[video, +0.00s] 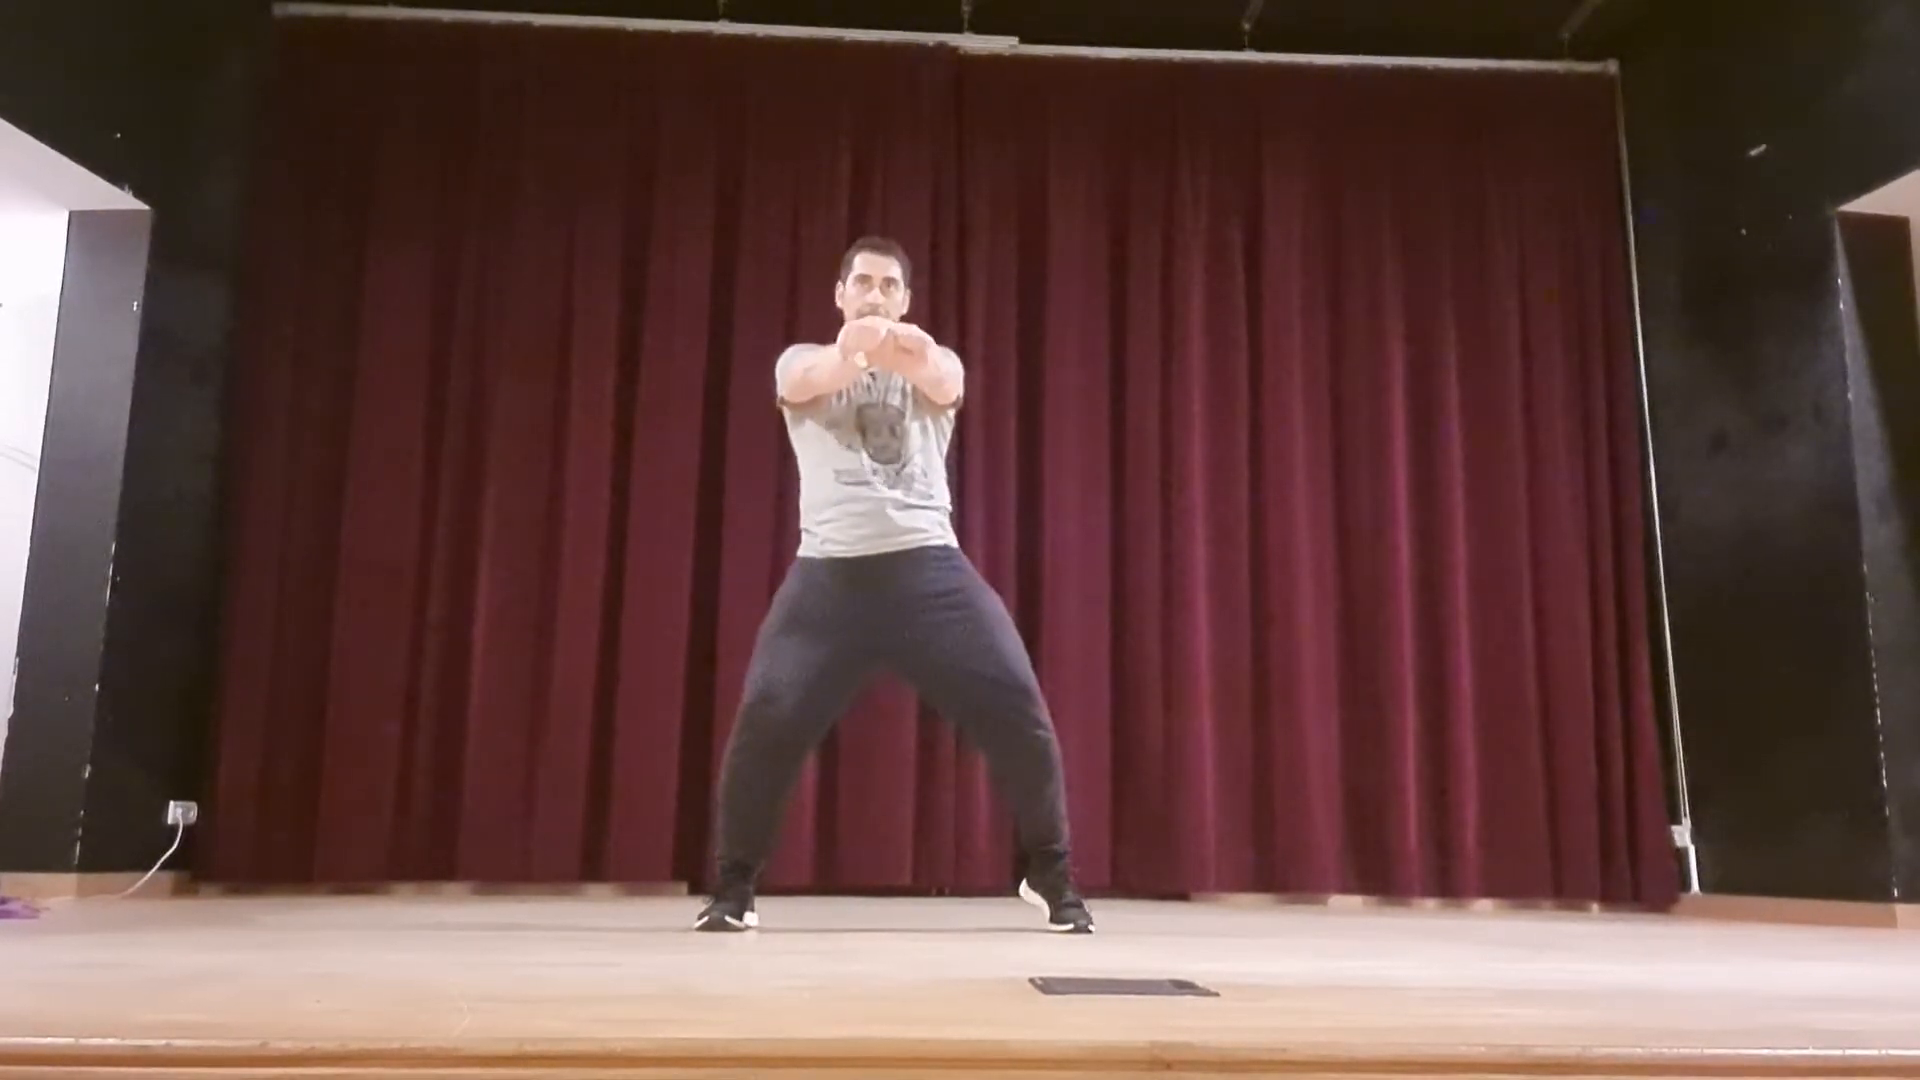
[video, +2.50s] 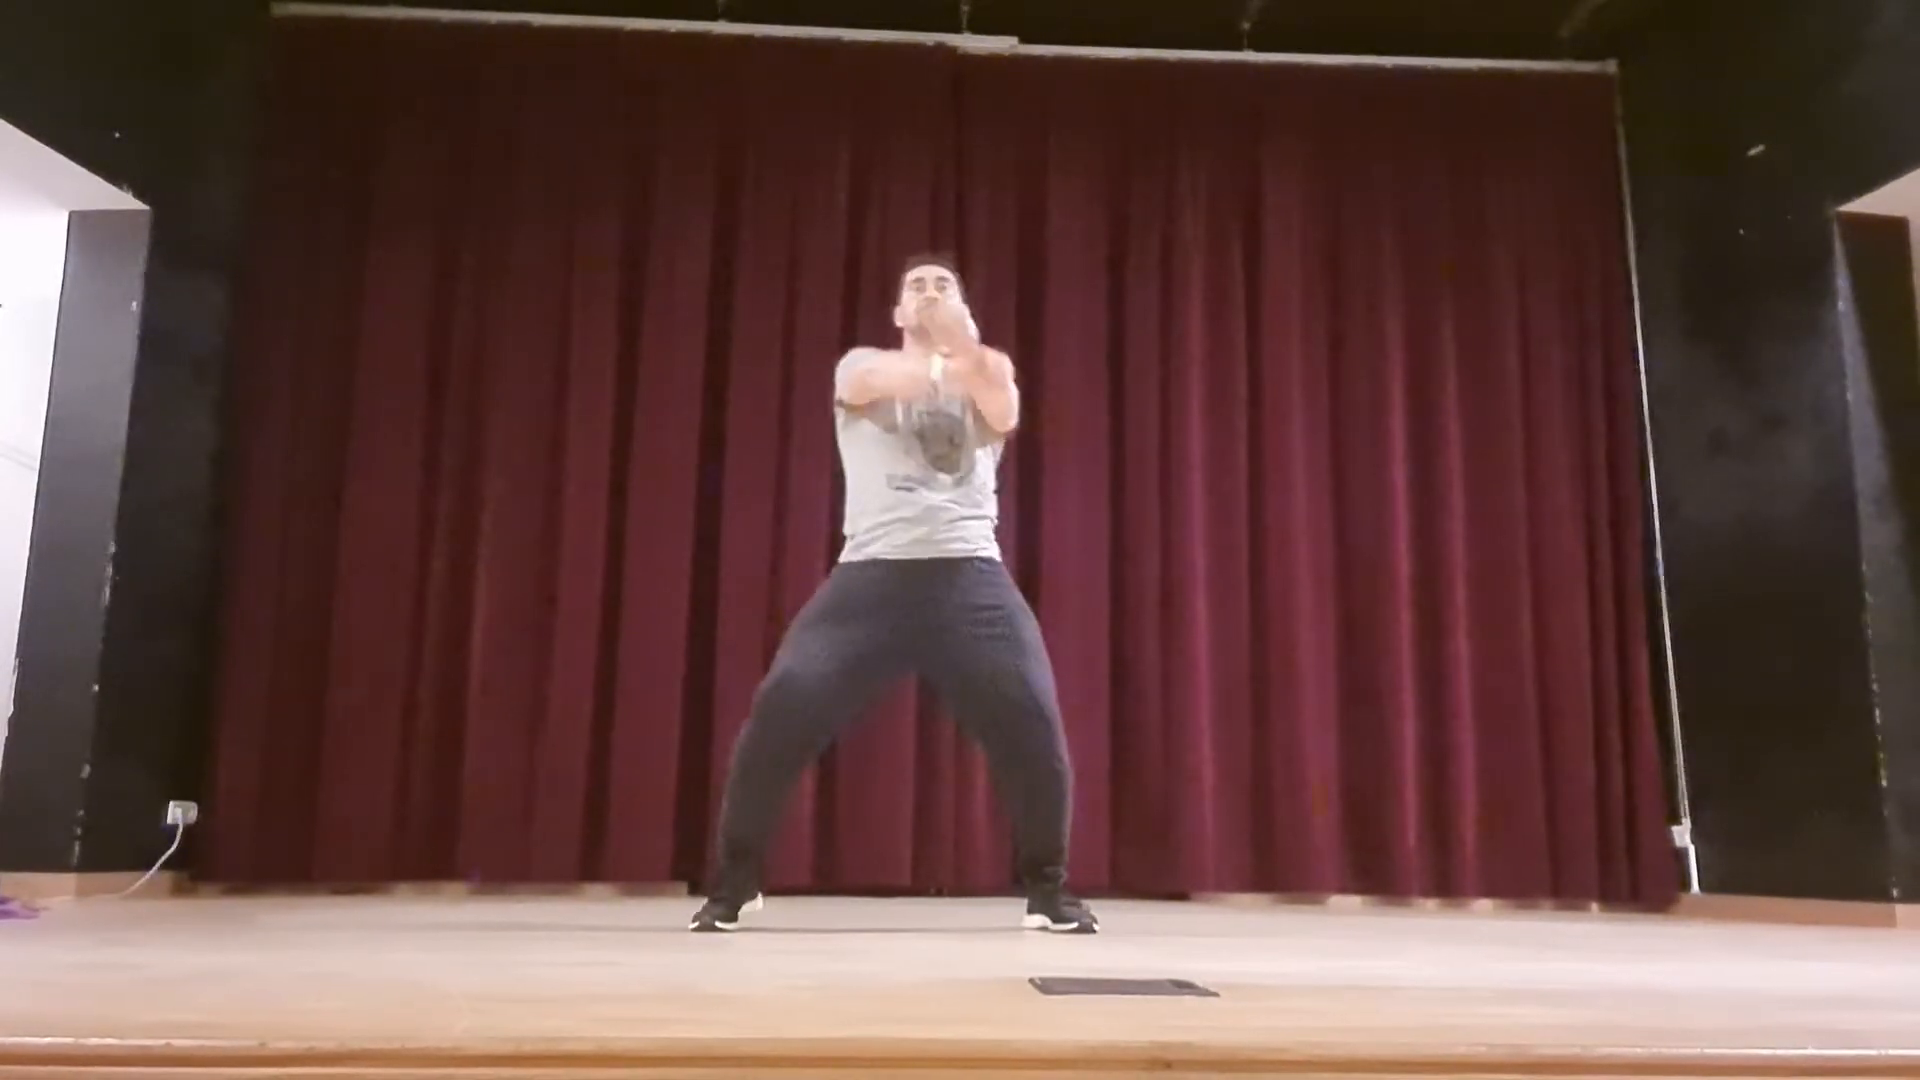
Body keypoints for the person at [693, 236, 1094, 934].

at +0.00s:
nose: (875, 295)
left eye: (888, 286)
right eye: (864, 283)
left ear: (907, 300)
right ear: (839, 293)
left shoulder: (932, 359)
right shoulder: (802, 360)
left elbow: (947, 388)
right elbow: (803, 384)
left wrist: (913, 358)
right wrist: (852, 357)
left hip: (930, 571)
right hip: (827, 578)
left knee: (1020, 711)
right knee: (767, 712)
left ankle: (1048, 869)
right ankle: (733, 889)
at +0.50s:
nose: (921, 291)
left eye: (932, 281)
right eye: (909, 282)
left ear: (954, 297)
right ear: (887, 298)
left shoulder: (980, 364)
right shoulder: (854, 356)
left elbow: (992, 394)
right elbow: (847, 378)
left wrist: (954, 344)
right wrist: (914, 344)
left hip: (960, 577)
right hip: (856, 572)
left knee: (1022, 718)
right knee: (771, 688)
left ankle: (1045, 888)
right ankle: (722, 867)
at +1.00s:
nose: (919, 299)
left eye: (930, 289)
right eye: (906, 290)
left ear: (953, 306)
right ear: (885, 308)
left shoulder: (977, 371)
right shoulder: (851, 365)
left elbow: (988, 392)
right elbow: (849, 387)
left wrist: (944, 343)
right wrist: (912, 369)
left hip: (960, 576)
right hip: (859, 575)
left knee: (1024, 713)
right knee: (780, 703)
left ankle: (1044, 889)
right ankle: (729, 885)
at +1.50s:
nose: (852, 302)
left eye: (866, 291)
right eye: (841, 290)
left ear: (889, 303)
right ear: (820, 301)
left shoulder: (921, 366)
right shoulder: (792, 368)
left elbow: (929, 393)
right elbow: (782, 399)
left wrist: (882, 364)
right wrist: (830, 373)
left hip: (922, 568)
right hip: (819, 575)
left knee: (1016, 700)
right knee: (755, 709)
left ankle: (1048, 861)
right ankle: (728, 887)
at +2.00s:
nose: (941, 271)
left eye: (949, 268)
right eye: (926, 264)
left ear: (961, 294)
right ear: (894, 293)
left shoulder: (983, 360)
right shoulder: (862, 350)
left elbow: (996, 394)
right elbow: (851, 361)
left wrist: (971, 333)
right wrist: (916, 323)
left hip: (963, 571)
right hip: (862, 567)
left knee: (1026, 709)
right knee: (773, 685)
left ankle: (1049, 890)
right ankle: (733, 871)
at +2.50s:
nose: (929, 293)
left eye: (942, 285)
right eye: (917, 288)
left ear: (967, 310)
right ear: (899, 315)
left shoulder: (989, 367)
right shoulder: (865, 363)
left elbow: (1002, 419)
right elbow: (862, 385)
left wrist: (968, 353)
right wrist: (925, 375)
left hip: (971, 578)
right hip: (869, 578)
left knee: (1031, 714)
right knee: (787, 698)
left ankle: (1047, 890)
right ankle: (734, 879)